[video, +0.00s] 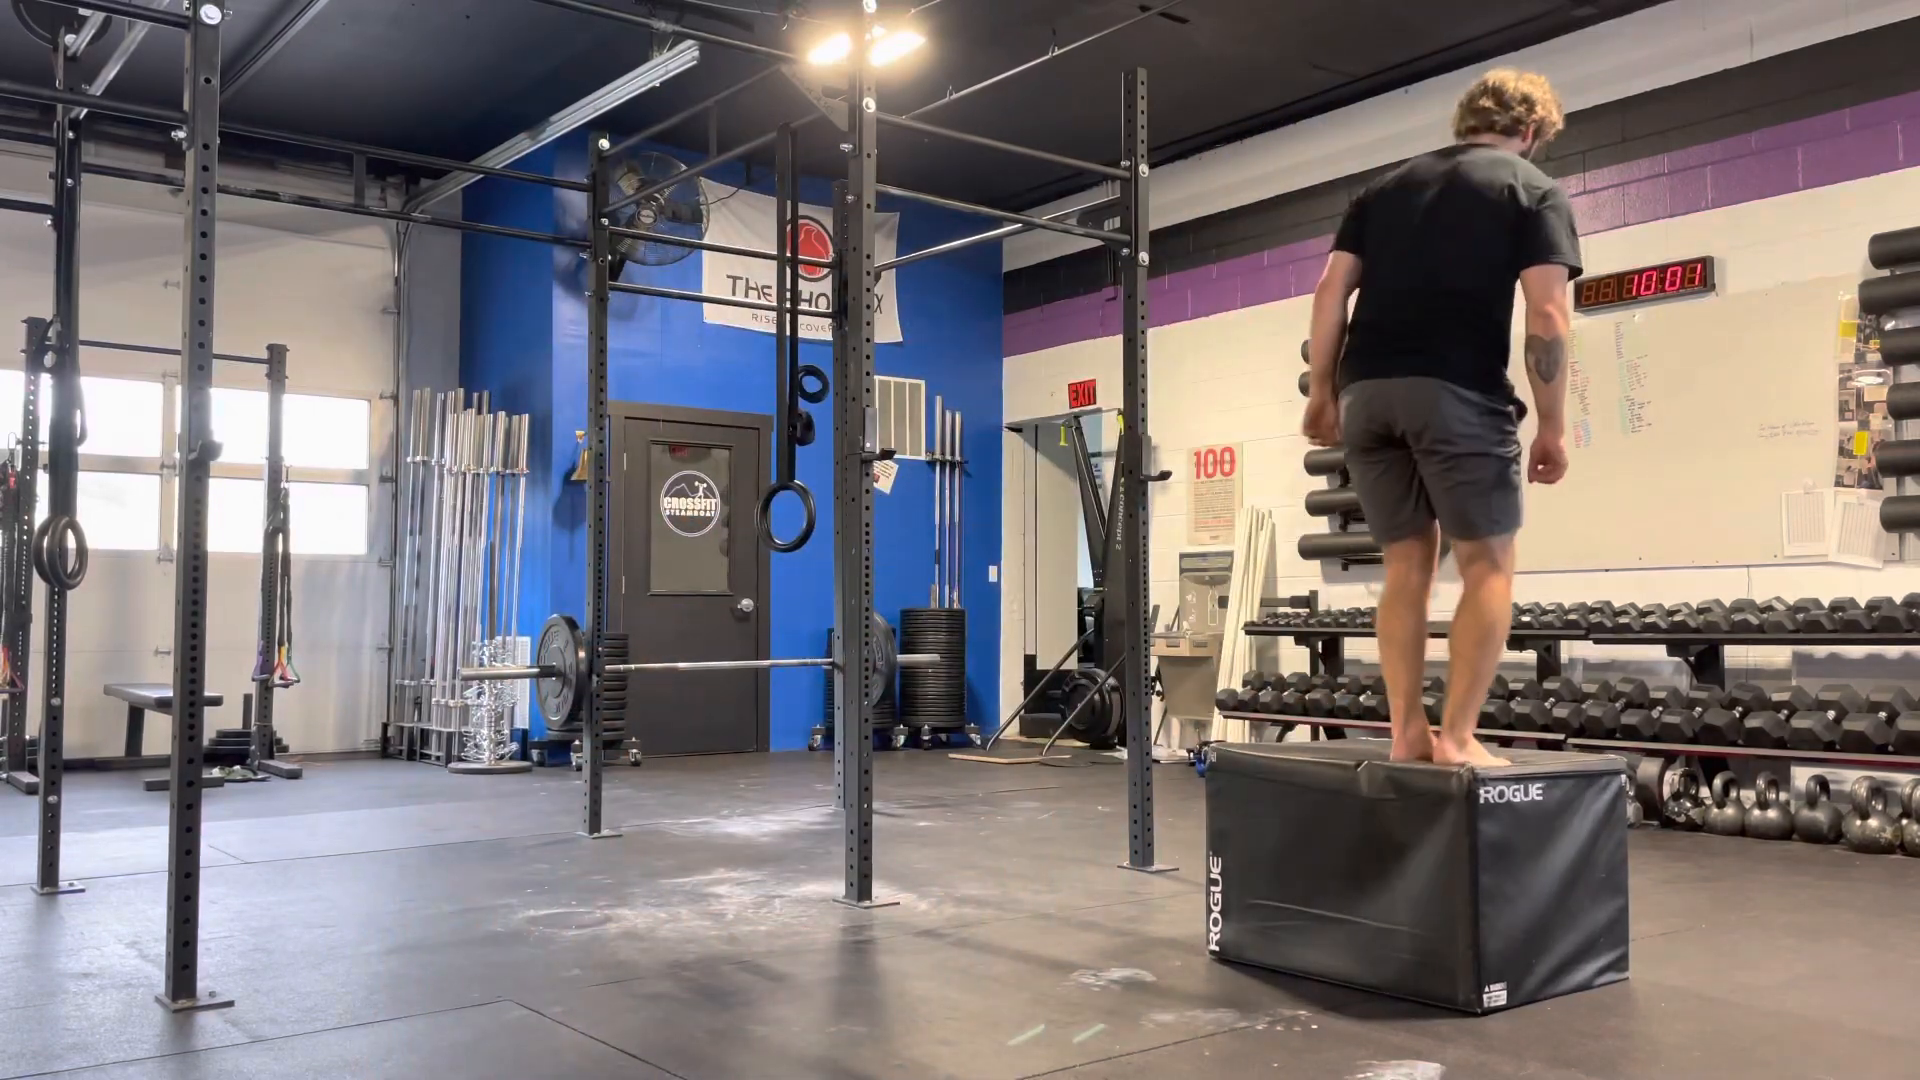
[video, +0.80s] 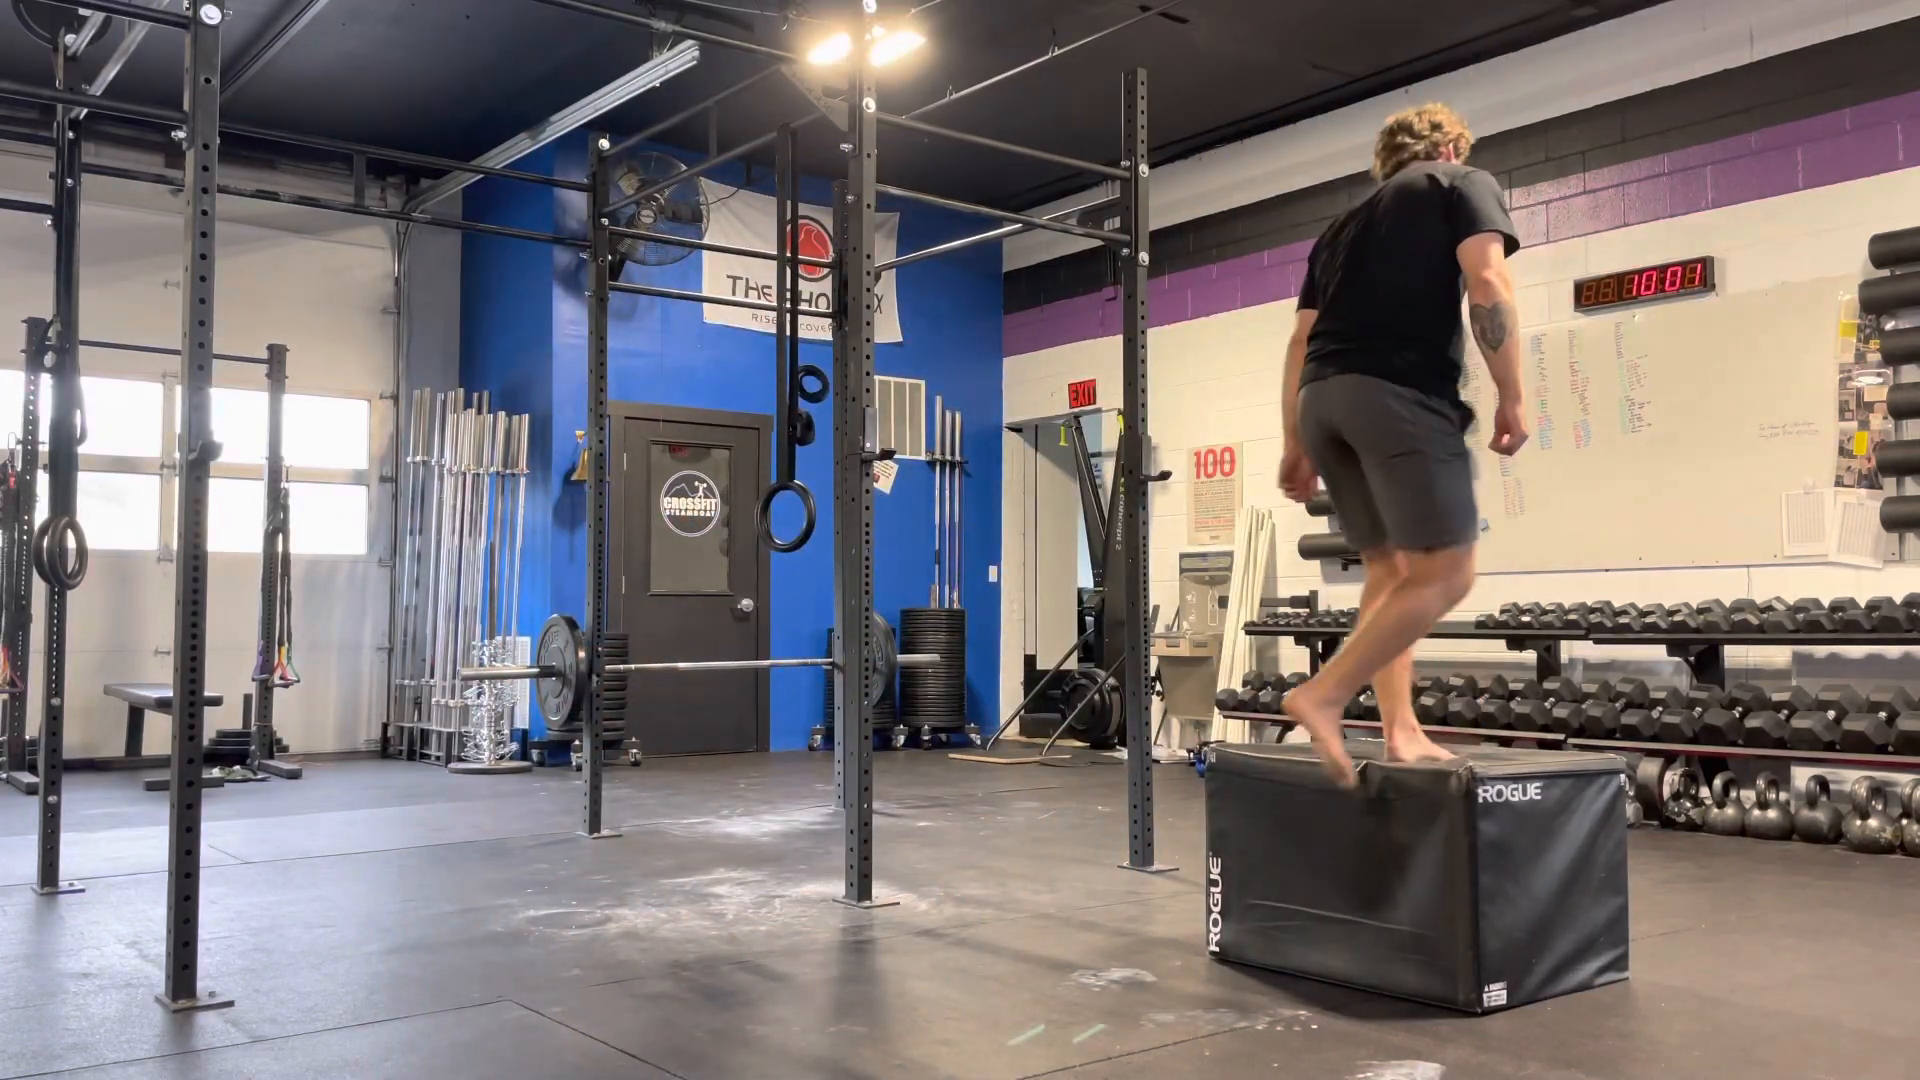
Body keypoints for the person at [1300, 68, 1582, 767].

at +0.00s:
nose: (1543, 151)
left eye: (1546, 142)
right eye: (1545, 141)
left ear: (1466, 123)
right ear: (1530, 131)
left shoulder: (1386, 186)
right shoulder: (1531, 188)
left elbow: (1330, 290)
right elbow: (1547, 318)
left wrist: (1321, 392)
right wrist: (1551, 427)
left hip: (1365, 391)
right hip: (1456, 391)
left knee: (1404, 560)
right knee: (1486, 568)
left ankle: (1407, 736)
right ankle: (1455, 740)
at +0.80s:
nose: (1467, 165)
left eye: (1465, 157)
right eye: (1465, 156)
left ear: (1386, 160)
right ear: (1449, 149)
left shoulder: (1341, 227)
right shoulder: (1459, 183)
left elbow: (1302, 336)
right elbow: (1485, 280)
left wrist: (1295, 438)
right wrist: (1510, 396)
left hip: (1321, 396)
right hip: (1396, 392)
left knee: (1383, 568)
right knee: (1443, 573)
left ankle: (1403, 735)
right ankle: (1319, 698)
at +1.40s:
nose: (1326, 317)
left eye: (1324, 303)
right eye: (1324, 304)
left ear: (1244, 311)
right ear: (1305, 310)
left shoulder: (1186, 399)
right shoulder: (1311, 383)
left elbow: (1148, 519)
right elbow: (1386, 512)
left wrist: (1172, 613)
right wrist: (1429, 566)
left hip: (1199, 615)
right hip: (1272, 621)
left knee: (1326, 560)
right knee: (1291, 815)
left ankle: (1389, 725)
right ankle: (1205, 992)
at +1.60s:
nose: (1257, 271)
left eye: (1255, 258)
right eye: (1254, 259)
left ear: (1163, 269)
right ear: (1235, 266)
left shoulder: (1112, 359)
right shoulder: (1240, 346)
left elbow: (1081, 479)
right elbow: (1252, 482)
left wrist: (1107, 570)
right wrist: (1268, 599)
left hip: (1124, 588)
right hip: (1199, 590)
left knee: (1210, 658)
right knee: (1229, 797)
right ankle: (1202, 987)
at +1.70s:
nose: (1221, 264)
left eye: (1217, 249)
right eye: (1214, 250)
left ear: (1128, 267)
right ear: (1191, 259)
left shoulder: (1085, 357)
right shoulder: (1192, 345)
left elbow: (1054, 478)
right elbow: (1181, 465)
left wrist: (1086, 567)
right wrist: (1183, 593)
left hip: (1090, 592)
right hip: (1157, 593)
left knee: (1159, 738)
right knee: (1213, 786)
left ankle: (1061, 830)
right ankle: (1203, 987)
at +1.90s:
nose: (1133, 275)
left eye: (1127, 260)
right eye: (1119, 260)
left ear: (1061, 281)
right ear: (1075, 276)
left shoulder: (1036, 365)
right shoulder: (1061, 360)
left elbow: (1036, 496)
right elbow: (1033, 481)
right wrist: (1070, 607)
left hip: (1002, 622)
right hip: (1066, 624)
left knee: (1009, 807)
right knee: (1162, 787)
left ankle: (914, 989)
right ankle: (1196, 986)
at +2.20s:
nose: (1016, 241)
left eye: (1012, 226)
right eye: (998, 228)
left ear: (967, 249)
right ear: (948, 247)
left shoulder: (962, 336)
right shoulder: (923, 321)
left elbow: (946, 495)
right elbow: (889, 450)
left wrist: (1017, 577)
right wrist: (965, 563)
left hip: (925, 597)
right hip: (897, 595)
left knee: (936, 792)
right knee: (961, 790)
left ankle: (908, 992)